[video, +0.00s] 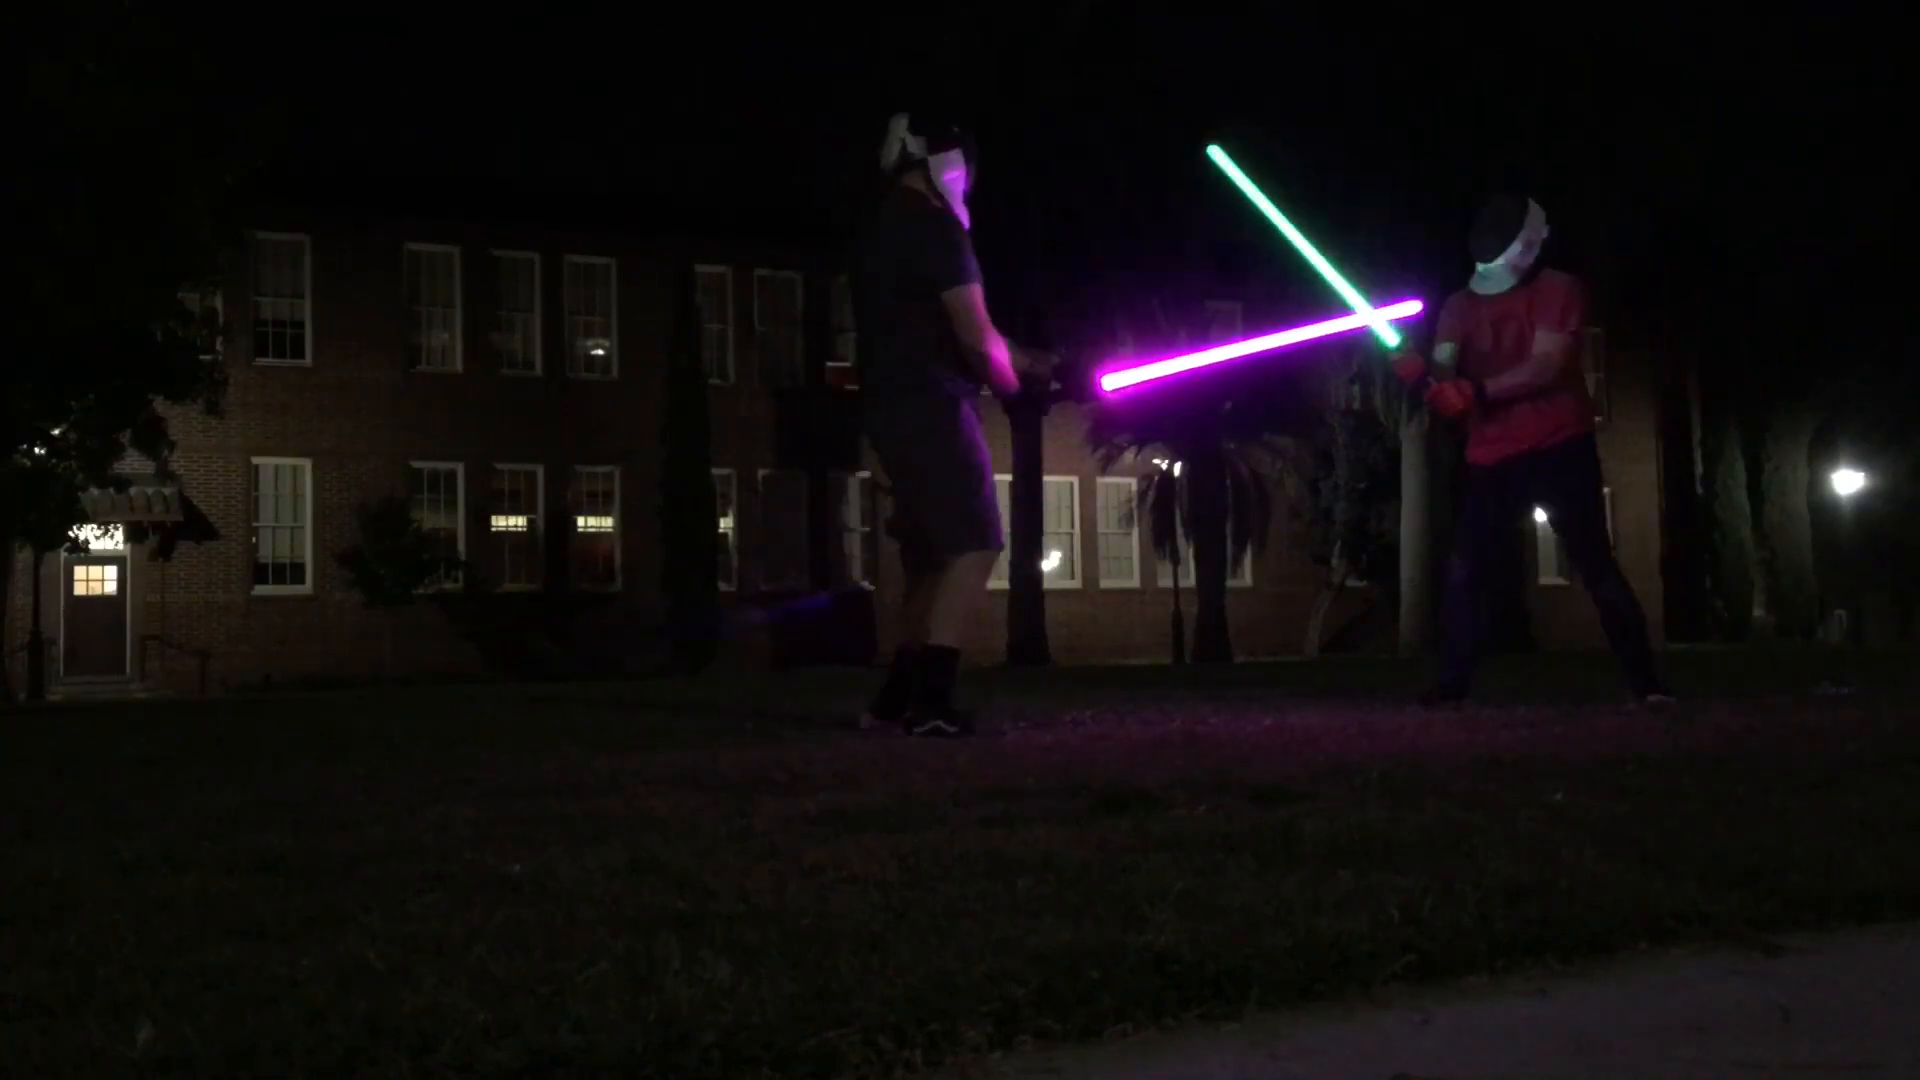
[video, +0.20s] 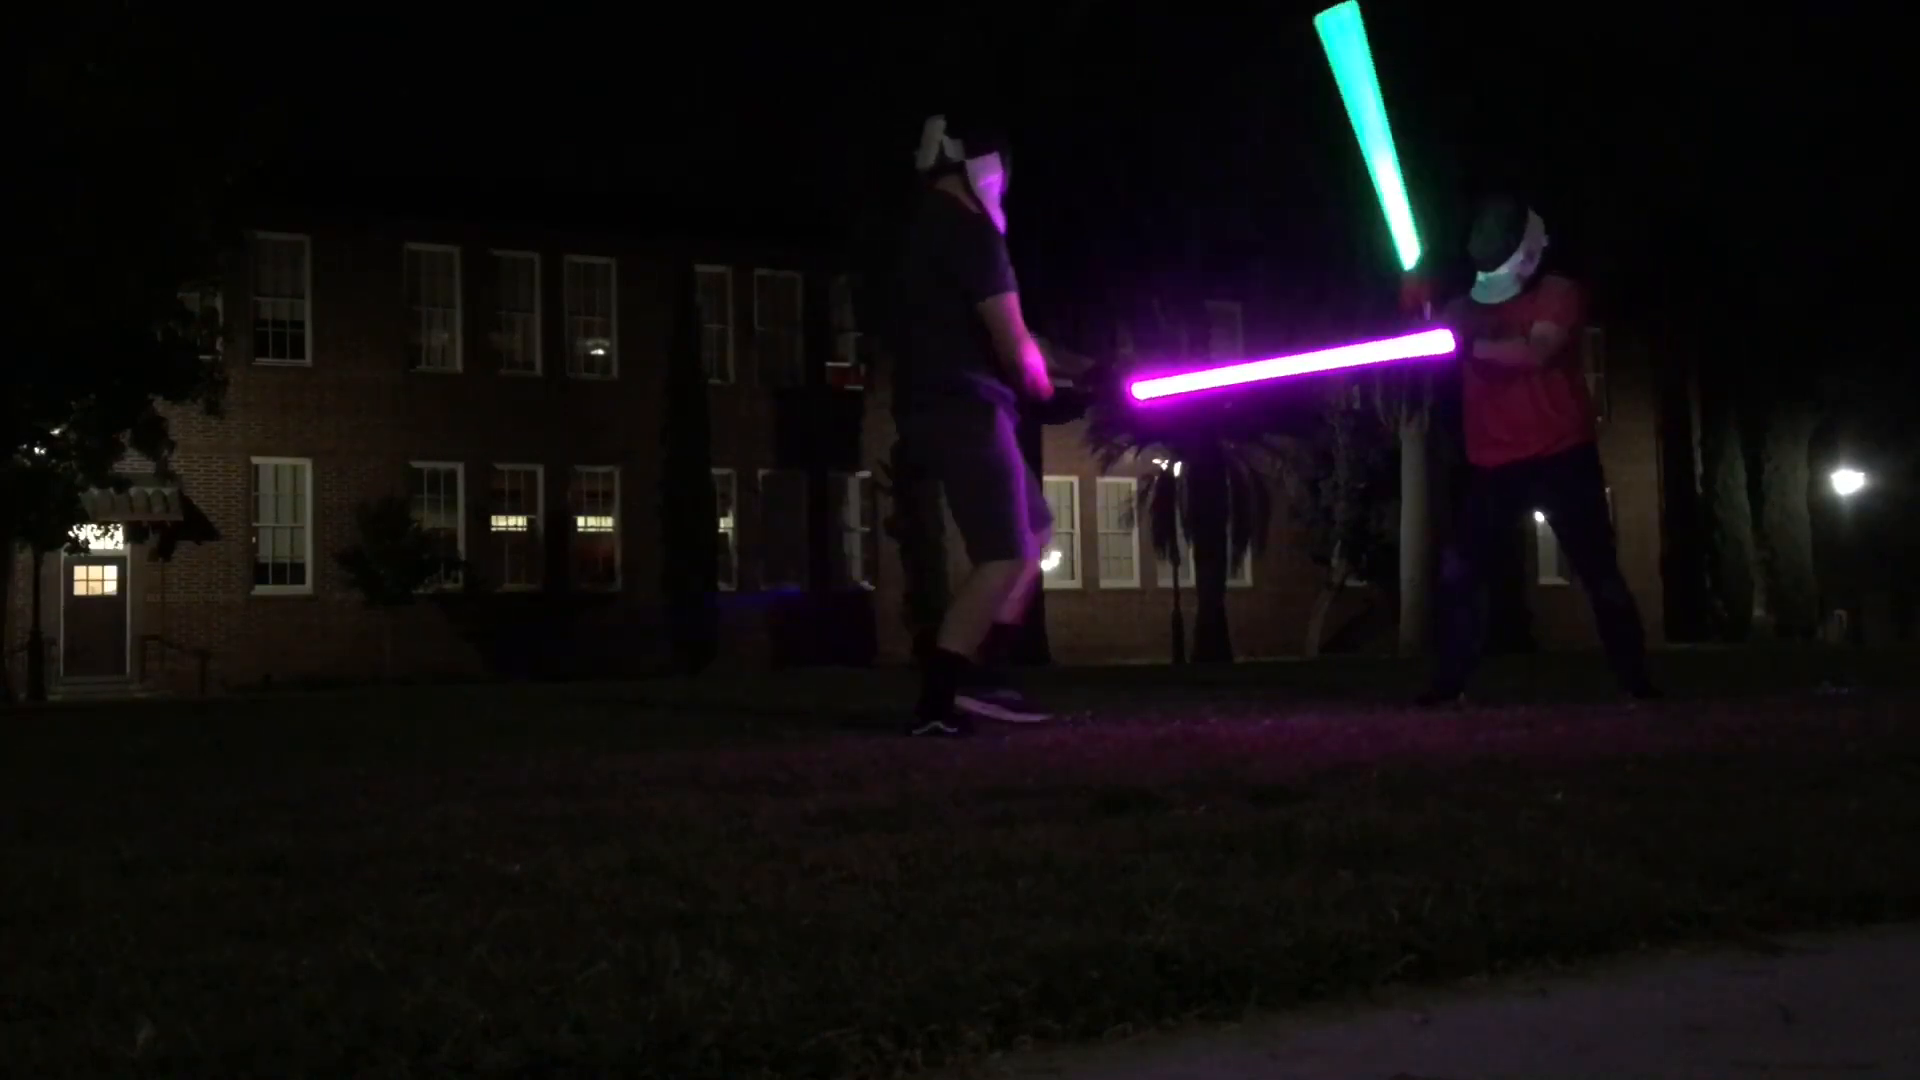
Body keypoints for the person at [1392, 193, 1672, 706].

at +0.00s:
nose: (1531, 250)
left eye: (1525, 243)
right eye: (1524, 241)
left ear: (1528, 244)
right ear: (1504, 246)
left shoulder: (1557, 292)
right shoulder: (1458, 308)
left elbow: (1545, 367)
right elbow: (1444, 386)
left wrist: (1476, 391)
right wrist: (1422, 376)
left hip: (1561, 452)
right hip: (1491, 462)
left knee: (1594, 568)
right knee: (1469, 569)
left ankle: (1646, 684)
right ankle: (1452, 684)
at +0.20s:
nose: (1494, 277)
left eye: (1504, 265)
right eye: (1487, 268)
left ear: (1529, 253)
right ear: (1477, 259)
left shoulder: (1556, 295)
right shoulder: (1465, 308)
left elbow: (1536, 351)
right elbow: (1425, 344)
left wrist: (1465, 346)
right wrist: (1415, 312)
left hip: (1562, 458)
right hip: (1492, 465)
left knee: (1597, 573)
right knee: (1469, 572)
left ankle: (1635, 680)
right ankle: (1451, 681)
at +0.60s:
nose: (1447, 243)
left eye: (1459, 229)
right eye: (1437, 231)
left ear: (1481, 236)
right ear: (1424, 240)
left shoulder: (1503, 287)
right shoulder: (1418, 295)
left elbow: (1488, 322)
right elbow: (1374, 314)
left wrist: (1422, 313)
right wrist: (1378, 274)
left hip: (1503, 456)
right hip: (1438, 460)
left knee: (1551, 568)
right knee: (1431, 574)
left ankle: (1607, 677)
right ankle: (1422, 688)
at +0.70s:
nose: (1431, 260)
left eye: (1443, 248)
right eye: (1424, 249)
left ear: (1466, 246)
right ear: (1416, 250)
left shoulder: (1492, 291)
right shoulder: (1407, 297)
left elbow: (1477, 326)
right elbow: (1371, 323)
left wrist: (1411, 331)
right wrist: (1356, 285)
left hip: (1493, 457)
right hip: (1428, 463)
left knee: (1515, 561)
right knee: (1427, 569)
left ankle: (1539, 665)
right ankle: (1423, 678)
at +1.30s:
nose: (1473, 324)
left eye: (1483, 315)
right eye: (1465, 315)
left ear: (1500, 307)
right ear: (1451, 303)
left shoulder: (1511, 334)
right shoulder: (1430, 331)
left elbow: (1524, 304)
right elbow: (1423, 386)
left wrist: (1473, 282)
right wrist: (1414, 331)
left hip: (1494, 468)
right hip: (1435, 468)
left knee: (1511, 569)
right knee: (1434, 563)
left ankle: (1497, 675)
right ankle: (1412, 674)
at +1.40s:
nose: (1464, 305)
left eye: (1472, 297)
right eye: (1454, 295)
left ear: (1488, 293)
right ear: (1440, 291)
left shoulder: (1508, 327)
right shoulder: (1427, 327)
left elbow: (1525, 300)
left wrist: (1488, 285)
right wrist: (1414, 326)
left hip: (1496, 465)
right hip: (1436, 467)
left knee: (1509, 569)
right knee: (1433, 566)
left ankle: (1498, 672)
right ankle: (1416, 669)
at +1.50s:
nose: (1461, 284)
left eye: (1468, 274)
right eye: (1452, 275)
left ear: (1482, 272)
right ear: (1436, 275)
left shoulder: (1501, 311)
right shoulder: (1424, 311)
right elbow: (1429, 378)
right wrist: (1473, 324)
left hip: (1495, 461)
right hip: (1435, 464)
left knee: (1502, 570)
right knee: (1435, 569)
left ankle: (1498, 672)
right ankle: (1420, 669)